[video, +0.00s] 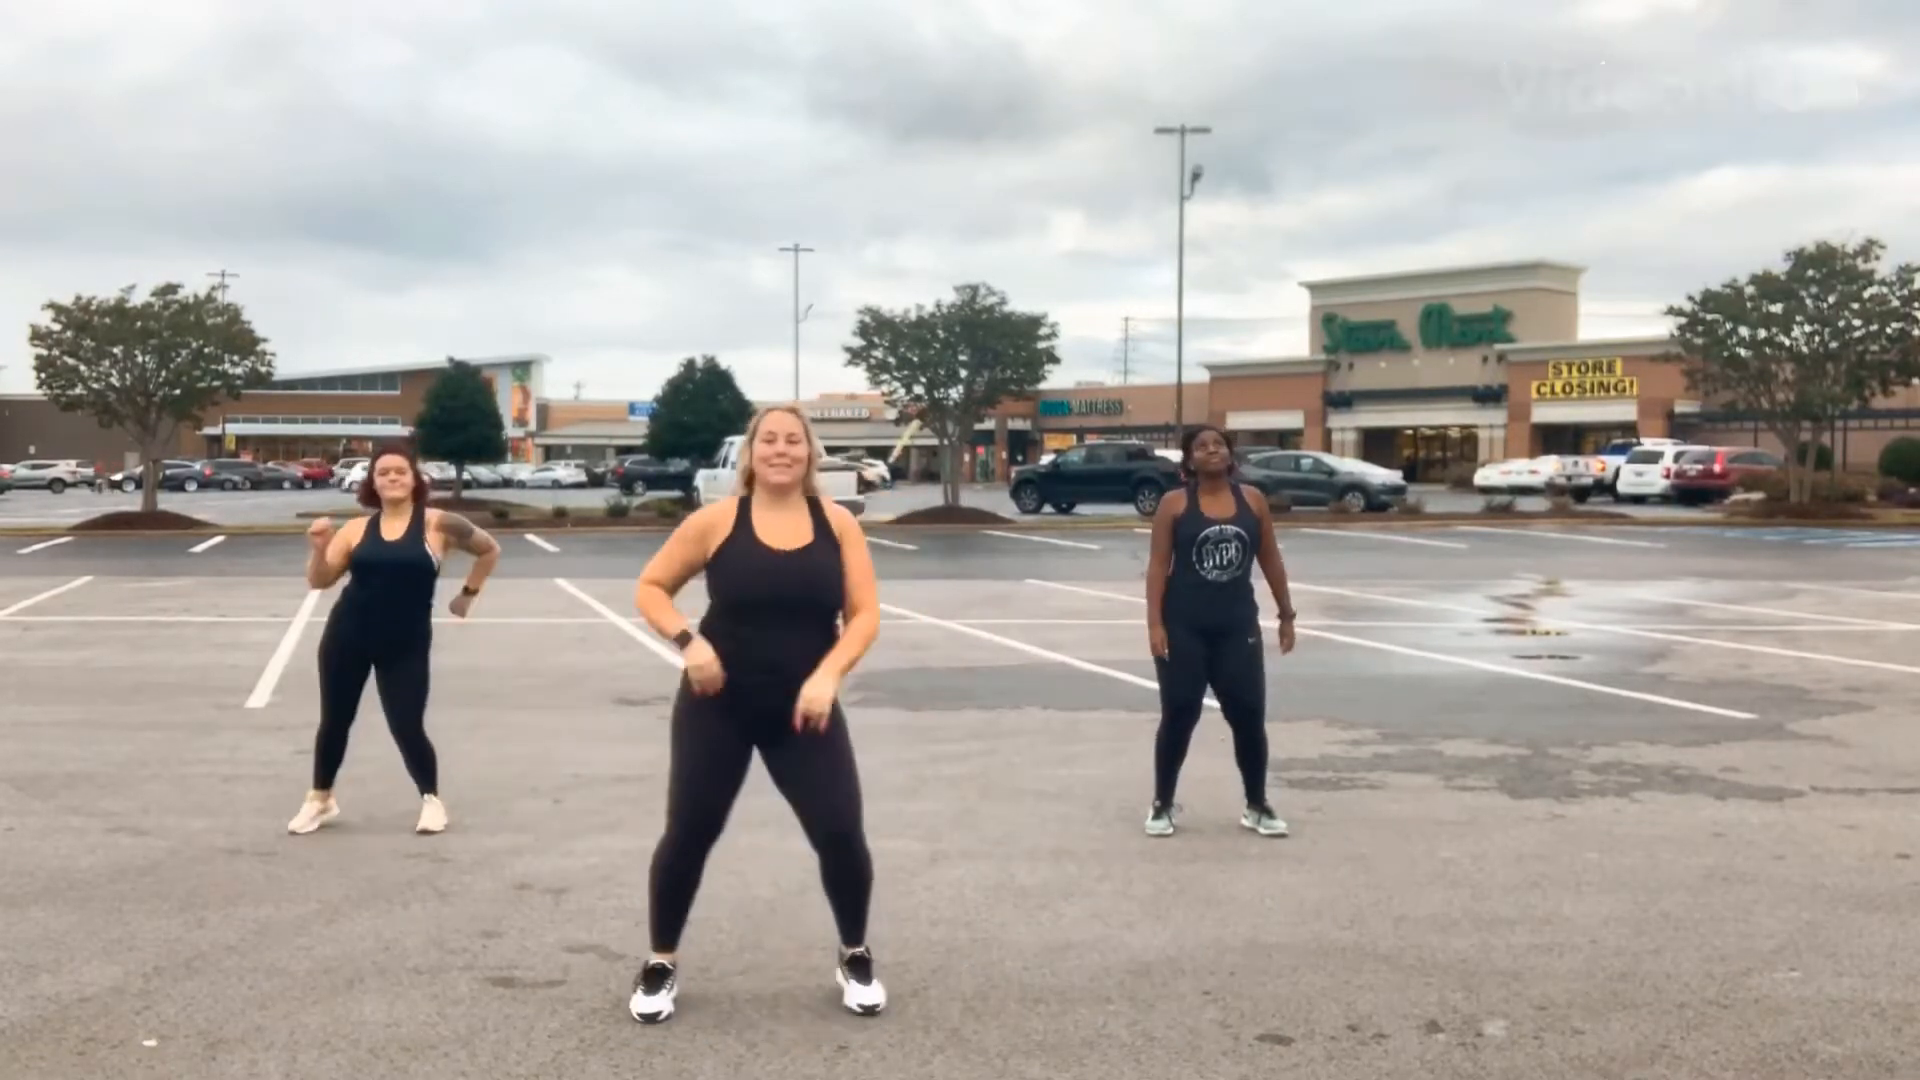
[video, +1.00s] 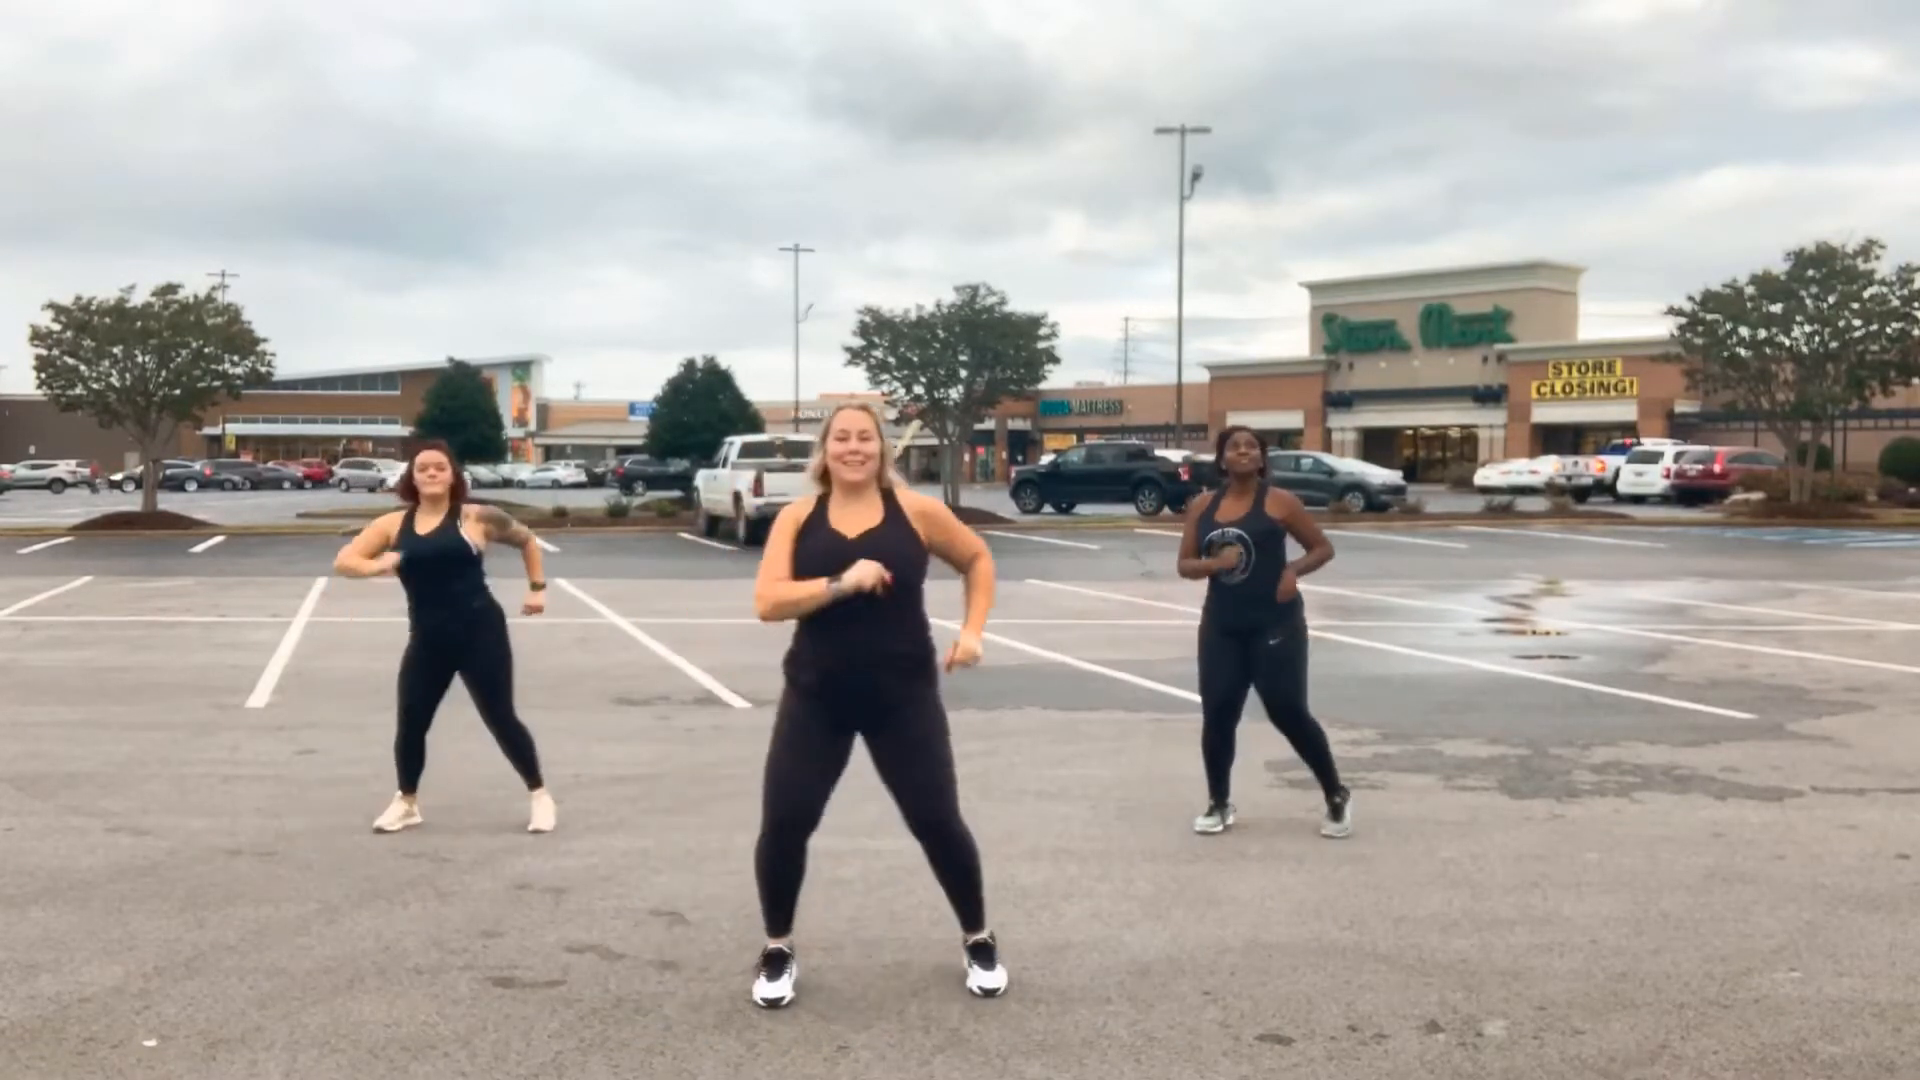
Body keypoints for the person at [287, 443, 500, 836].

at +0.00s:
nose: (392, 478)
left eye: (400, 472)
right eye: (384, 473)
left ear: (415, 480)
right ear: (373, 484)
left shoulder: (439, 523)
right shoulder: (356, 529)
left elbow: (489, 550)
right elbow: (319, 581)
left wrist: (467, 594)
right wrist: (319, 548)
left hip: (404, 643)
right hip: (348, 638)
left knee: (406, 728)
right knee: (334, 721)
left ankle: (431, 799)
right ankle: (320, 797)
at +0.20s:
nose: (400, 476)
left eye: (408, 470)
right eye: (392, 471)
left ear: (422, 479)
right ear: (380, 481)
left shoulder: (443, 529)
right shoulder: (360, 527)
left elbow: (464, 585)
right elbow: (333, 581)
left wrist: (463, 627)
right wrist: (300, 584)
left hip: (424, 644)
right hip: (370, 641)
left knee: (416, 727)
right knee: (338, 721)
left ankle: (432, 800)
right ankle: (322, 798)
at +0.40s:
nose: (409, 466)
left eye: (417, 459)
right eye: (401, 461)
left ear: (432, 467)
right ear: (391, 470)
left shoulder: (452, 514)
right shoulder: (373, 518)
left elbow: (486, 561)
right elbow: (351, 568)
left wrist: (452, 550)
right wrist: (332, 599)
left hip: (439, 633)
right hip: (385, 631)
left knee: (427, 717)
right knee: (365, 712)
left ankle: (434, 798)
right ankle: (377, 789)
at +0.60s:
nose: (414, 469)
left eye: (421, 462)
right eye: (406, 464)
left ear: (435, 471)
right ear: (394, 474)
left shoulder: (456, 517)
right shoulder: (378, 521)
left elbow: (485, 555)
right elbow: (367, 574)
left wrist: (449, 551)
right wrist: (359, 621)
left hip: (440, 636)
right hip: (386, 635)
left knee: (435, 719)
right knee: (394, 723)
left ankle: (436, 799)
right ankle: (403, 799)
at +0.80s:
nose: (420, 474)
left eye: (427, 468)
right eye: (412, 469)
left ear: (441, 476)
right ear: (400, 479)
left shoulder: (462, 526)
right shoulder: (378, 529)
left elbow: (482, 577)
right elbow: (364, 583)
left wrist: (483, 618)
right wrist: (359, 632)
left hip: (453, 642)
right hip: (397, 644)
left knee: (468, 715)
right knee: (402, 725)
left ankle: (481, 788)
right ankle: (405, 800)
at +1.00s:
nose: (432, 474)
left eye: (439, 467)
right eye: (424, 468)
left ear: (454, 475)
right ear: (412, 478)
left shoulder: (477, 518)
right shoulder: (394, 523)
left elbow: (527, 541)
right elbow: (343, 560)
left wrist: (536, 588)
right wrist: (376, 565)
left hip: (480, 635)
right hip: (428, 640)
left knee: (500, 719)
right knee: (409, 725)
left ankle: (539, 794)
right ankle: (406, 801)